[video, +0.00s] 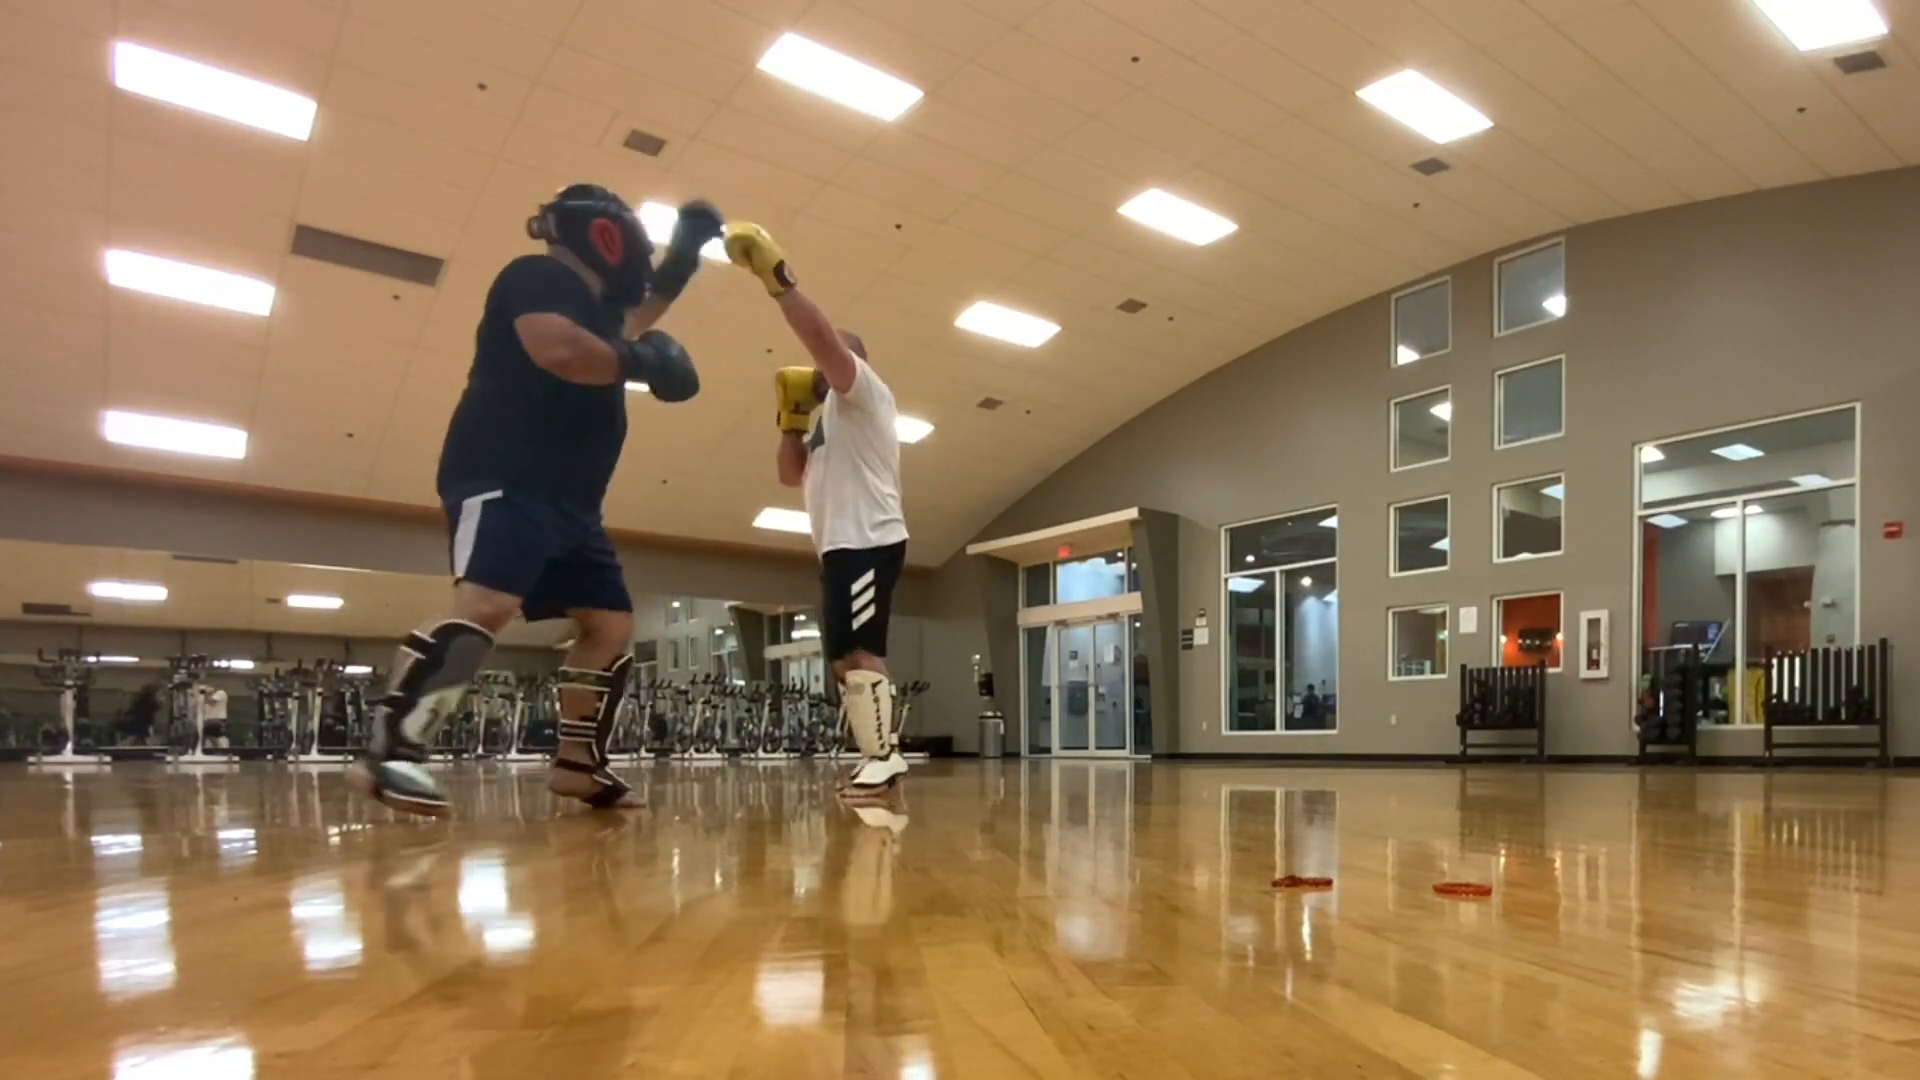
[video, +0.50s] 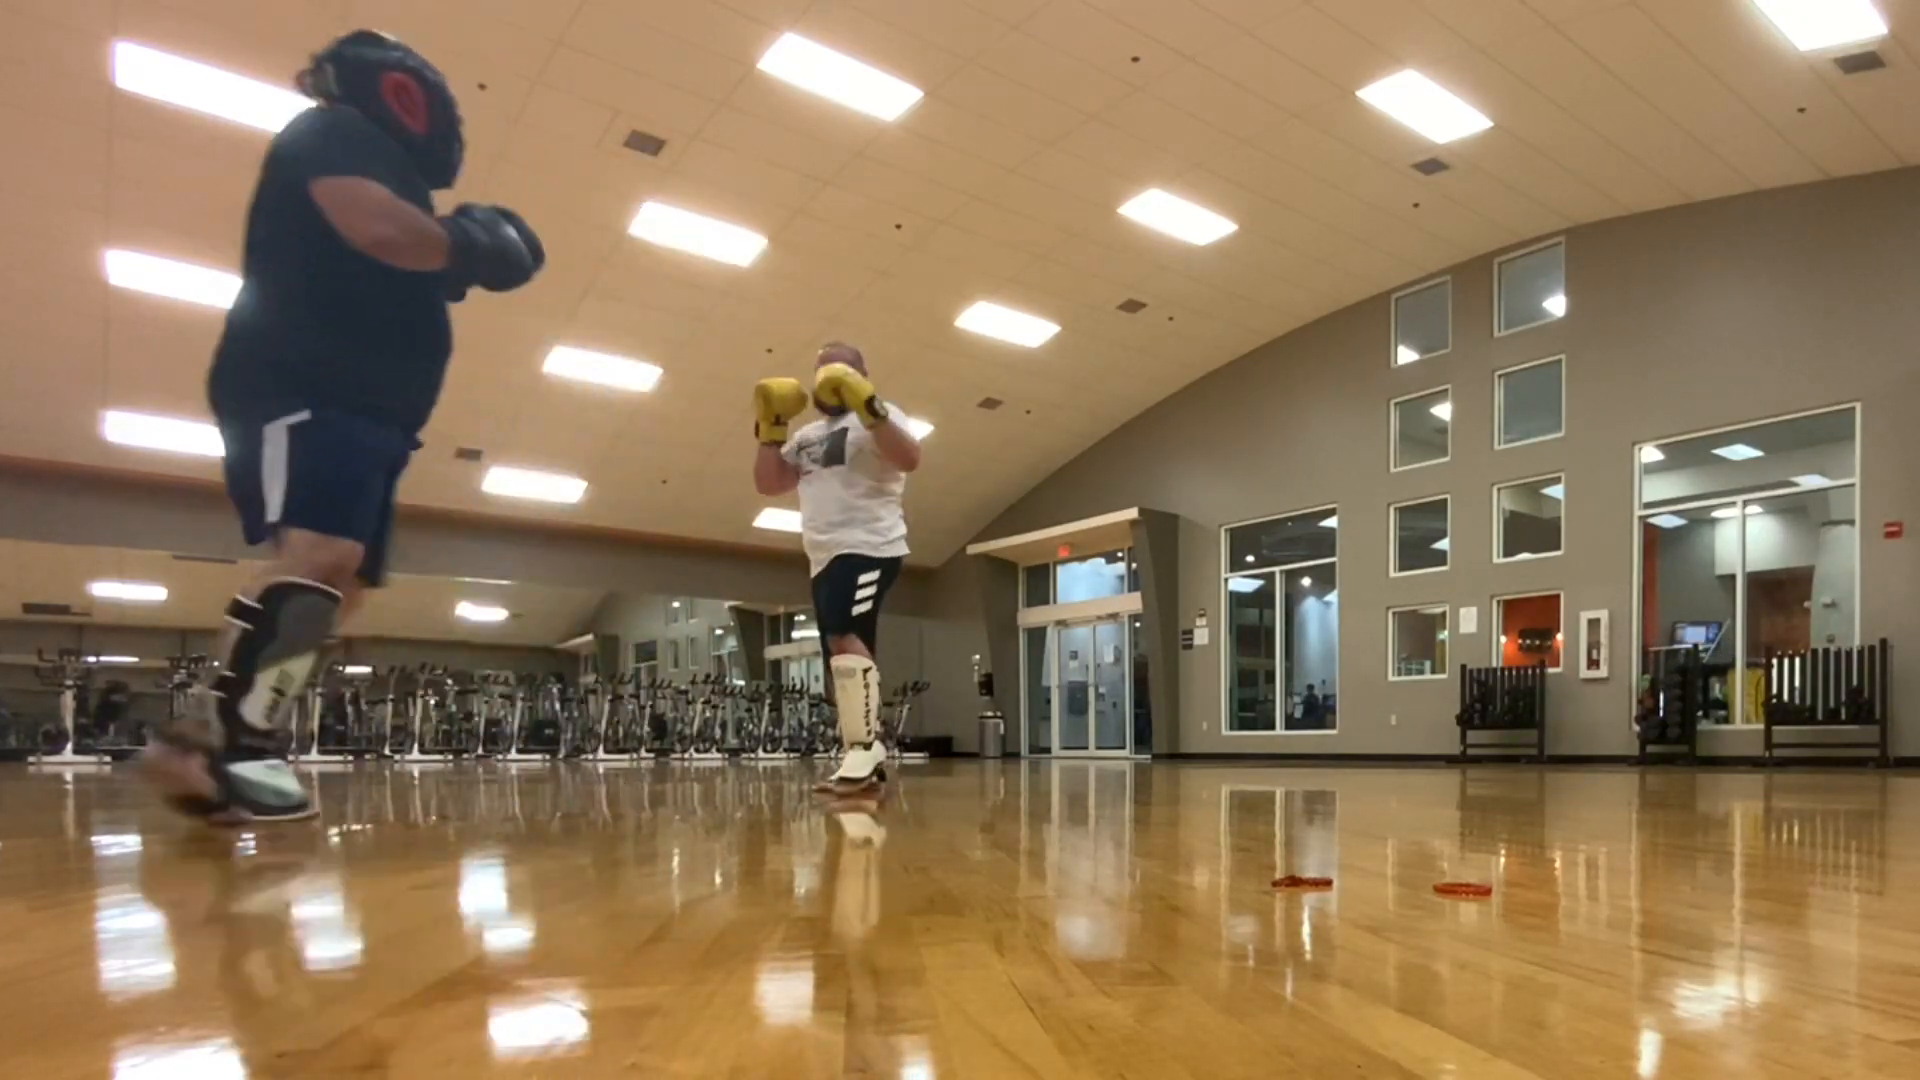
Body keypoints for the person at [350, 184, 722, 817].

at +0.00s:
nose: (639, 259)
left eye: (640, 247)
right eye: (634, 244)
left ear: (592, 242)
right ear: (604, 237)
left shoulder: (595, 311)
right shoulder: (535, 276)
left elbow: (639, 314)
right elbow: (557, 350)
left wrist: (681, 256)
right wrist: (637, 361)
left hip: (569, 496)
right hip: (504, 476)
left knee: (607, 623)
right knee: (489, 603)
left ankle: (578, 760)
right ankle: (395, 747)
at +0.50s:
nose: (442, 120)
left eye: (439, 106)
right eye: (431, 100)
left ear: (387, 98)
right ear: (394, 88)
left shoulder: (384, 165)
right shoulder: (333, 132)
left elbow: (391, 241)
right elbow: (376, 229)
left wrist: (461, 233)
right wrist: (467, 247)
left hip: (362, 399)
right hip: (311, 384)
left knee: (343, 578)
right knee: (322, 554)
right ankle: (236, 743)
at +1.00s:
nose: (362, 49)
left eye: (366, 37)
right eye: (358, 28)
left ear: (292, 10)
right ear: (307, 6)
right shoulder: (240, 36)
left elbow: (264, 211)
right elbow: (350, 203)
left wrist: (371, 249)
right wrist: (410, 226)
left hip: (216, 366)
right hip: (161, 350)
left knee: (272, 562)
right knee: (128, 551)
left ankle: (152, 760)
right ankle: (40, 785)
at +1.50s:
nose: (428, 40)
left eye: (430, 32)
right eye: (423, 25)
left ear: (308, 0)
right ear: (387, 3)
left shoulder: (243, 75)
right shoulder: (365, 48)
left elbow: (328, 219)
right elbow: (492, 216)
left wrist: (446, 233)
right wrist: (508, 233)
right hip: (331, 362)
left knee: (394, 581)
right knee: (286, 565)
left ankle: (380, 787)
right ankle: (109, 754)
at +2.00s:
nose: (628, 62)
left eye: (628, 47)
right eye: (624, 43)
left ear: (506, 24)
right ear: (599, 30)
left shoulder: (429, 108)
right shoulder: (610, 102)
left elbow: (407, 255)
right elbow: (692, 257)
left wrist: (506, 250)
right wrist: (605, 232)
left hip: (456, 386)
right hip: (580, 382)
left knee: (459, 585)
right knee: (633, 569)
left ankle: (386, 788)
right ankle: (648, 790)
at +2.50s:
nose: (791, 96)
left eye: (670, 54)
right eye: (790, 87)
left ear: (677, 61)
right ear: (775, 85)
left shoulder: (608, 118)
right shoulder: (810, 155)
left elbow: (537, 234)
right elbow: (847, 302)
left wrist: (636, 234)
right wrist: (764, 256)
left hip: (634, 393)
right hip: (747, 391)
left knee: (670, 587)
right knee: (741, 576)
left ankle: (683, 782)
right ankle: (657, 780)